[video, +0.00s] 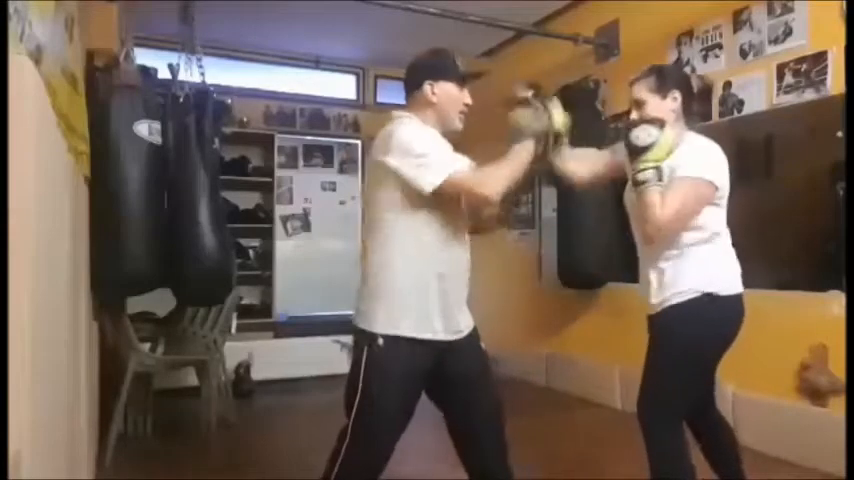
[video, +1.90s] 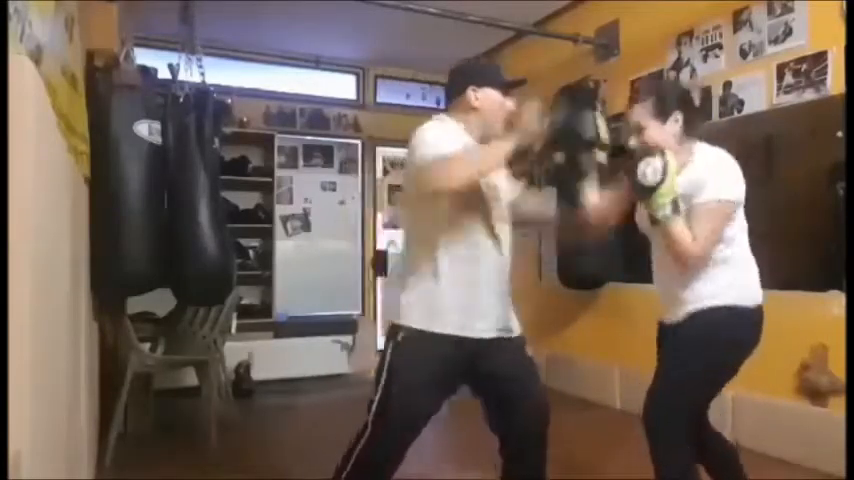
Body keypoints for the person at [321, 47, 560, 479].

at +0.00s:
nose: (469, 99)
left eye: (467, 89)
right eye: (459, 86)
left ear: (433, 93)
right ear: (430, 91)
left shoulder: (441, 148)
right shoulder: (402, 135)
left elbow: (477, 221)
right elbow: (480, 188)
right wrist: (528, 142)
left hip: (452, 329)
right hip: (394, 331)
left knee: (489, 456)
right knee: (360, 460)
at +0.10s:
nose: (474, 97)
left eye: (472, 87)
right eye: (466, 85)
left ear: (437, 92)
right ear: (436, 88)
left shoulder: (443, 143)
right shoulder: (405, 132)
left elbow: (494, 176)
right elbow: (481, 183)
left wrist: (535, 130)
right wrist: (522, 121)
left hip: (453, 328)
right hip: (396, 330)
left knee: (490, 456)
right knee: (362, 459)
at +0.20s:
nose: (487, 98)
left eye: (485, 89)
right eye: (479, 87)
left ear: (450, 93)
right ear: (449, 90)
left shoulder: (456, 143)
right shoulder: (422, 132)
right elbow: (507, 186)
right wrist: (560, 150)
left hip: (457, 329)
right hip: (402, 330)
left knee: (492, 454)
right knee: (368, 455)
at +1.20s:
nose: (456, 100)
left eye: (455, 90)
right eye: (447, 87)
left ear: (420, 91)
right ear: (417, 89)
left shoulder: (428, 146)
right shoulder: (382, 134)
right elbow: (465, 173)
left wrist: (522, 146)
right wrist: (513, 130)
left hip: (448, 330)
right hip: (385, 334)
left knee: (492, 459)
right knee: (354, 466)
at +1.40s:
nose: (448, 97)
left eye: (447, 88)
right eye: (438, 85)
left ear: (412, 91)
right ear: (407, 89)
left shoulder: (433, 147)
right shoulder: (366, 142)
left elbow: (474, 196)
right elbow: (413, 199)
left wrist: (527, 165)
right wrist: (468, 138)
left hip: (448, 334)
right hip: (381, 339)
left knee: (486, 461)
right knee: (355, 466)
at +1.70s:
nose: (469, 109)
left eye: (469, 99)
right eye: (462, 98)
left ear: (437, 98)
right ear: (435, 96)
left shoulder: (432, 151)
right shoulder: (397, 139)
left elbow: (462, 206)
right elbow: (461, 206)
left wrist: (503, 146)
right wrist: (505, 158)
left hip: (450, 332)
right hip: (391, 338)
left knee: (497, 423)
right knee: (362, 455)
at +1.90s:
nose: (511, 105)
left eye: (511, 95)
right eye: (503, 94)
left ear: (474, 99)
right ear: (474, 97)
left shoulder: (489, 158)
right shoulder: (434, 135)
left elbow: (520, 203)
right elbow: (445, 178)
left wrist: (582, 206)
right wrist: (514, 139)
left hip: (493, 329)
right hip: (430, 329)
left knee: (528, 422)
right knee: (382, 444)